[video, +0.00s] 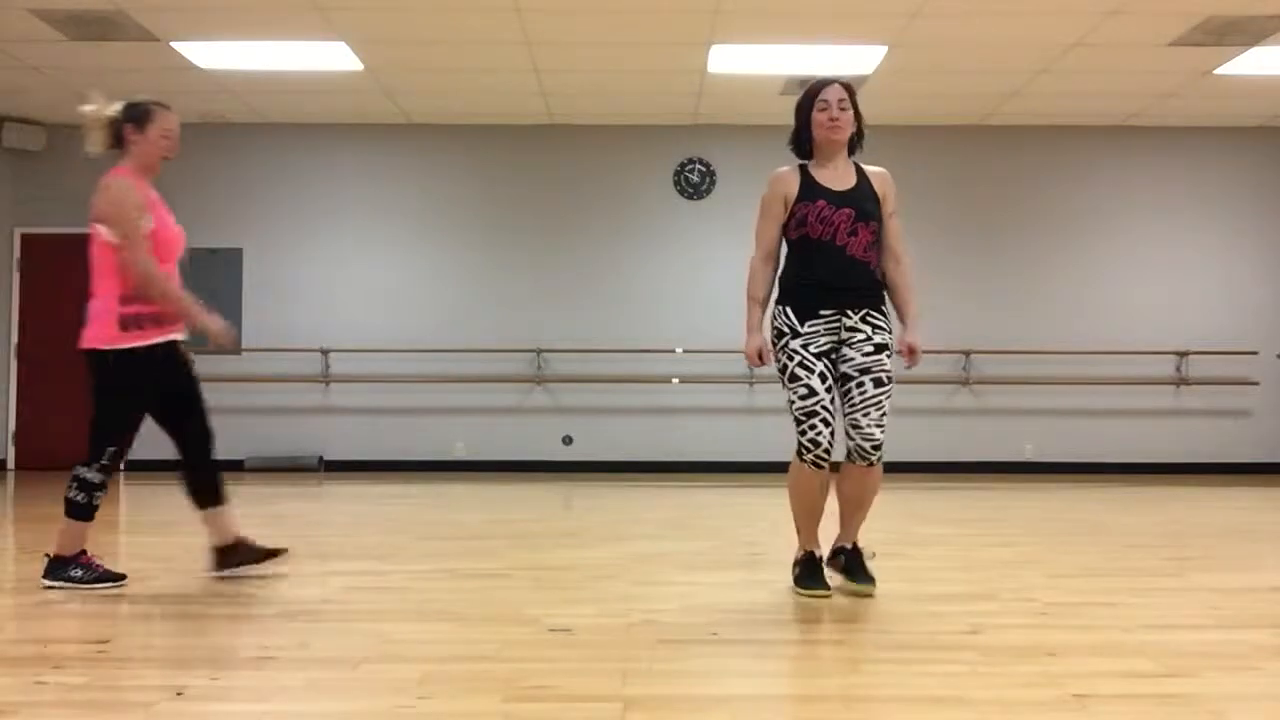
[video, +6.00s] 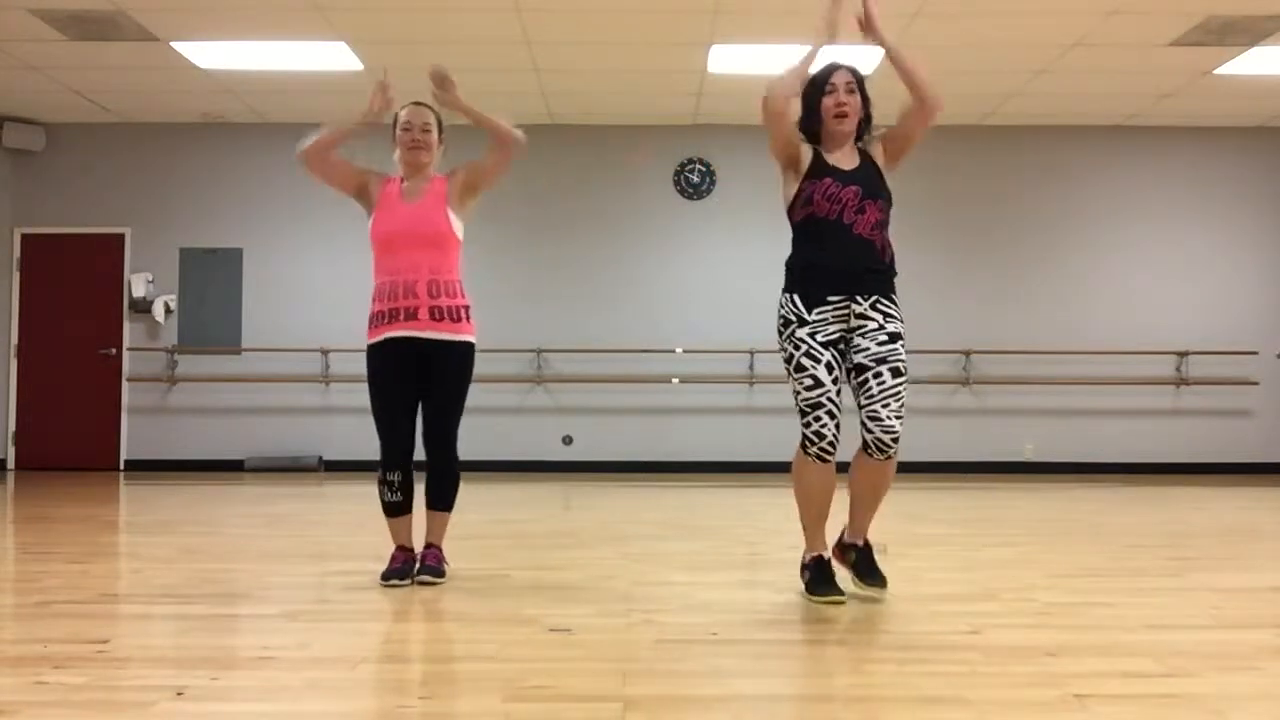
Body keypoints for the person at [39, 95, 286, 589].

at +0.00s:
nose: (173, 145)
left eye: (175, 137)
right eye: (165, 136)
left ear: (150, 139)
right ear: (133, 135)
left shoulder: (145, 190)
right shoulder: (121, 189)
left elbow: (154, 273)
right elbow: (141, 272)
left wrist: (185, 324)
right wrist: (200, 315)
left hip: (157, 343)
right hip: (122, 347)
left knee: (195, 436)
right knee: (106, 452)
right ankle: (66, 555)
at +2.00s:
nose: (436, 130)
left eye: (445, 124)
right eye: (428, 122)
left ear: (456, 140)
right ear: (410, 134)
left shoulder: (475, 198)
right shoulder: (382, 195)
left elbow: (488, 272)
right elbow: (367, 265)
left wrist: (494, 338)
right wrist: (350, 317)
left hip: (457, 339)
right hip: (396, 337)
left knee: (443, 448)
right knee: (402, 448)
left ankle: (443, 552)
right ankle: (409, 551)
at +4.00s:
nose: (423, 128)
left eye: (432, 121)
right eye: (414, 121)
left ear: (446, 136)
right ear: (400, 135)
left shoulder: (466, 185)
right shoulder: (379, 185)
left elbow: (538, 184)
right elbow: (308, 187)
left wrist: (523, 161)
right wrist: (251, 165)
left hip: (450, 334)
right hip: (391, 333)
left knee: (440, 447)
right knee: (394, 444)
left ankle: (430, 551)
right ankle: (394, 542)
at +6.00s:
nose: (416, 133)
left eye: (426, 128)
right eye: (407, 126)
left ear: (440, 141)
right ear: (395, 139)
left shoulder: (458, 187)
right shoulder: (375, 188)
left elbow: (512, 142)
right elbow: (311, 155)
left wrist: (462, 107)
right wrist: (366, 118)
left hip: (449, 337)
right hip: (390, 336)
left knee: (440, 444)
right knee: (395, 447)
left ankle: (433, 549)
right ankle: (402, 550)